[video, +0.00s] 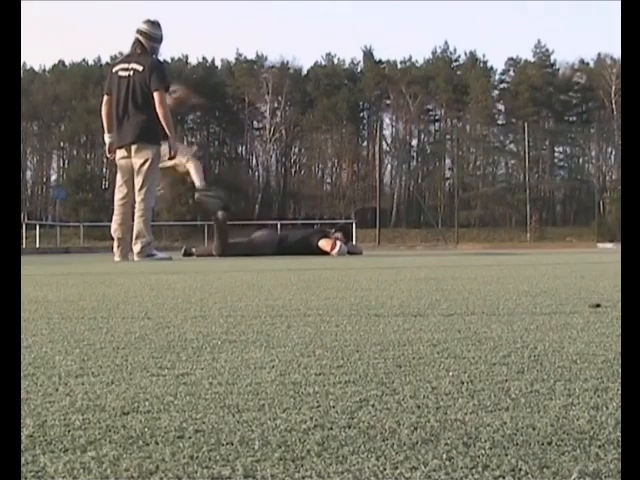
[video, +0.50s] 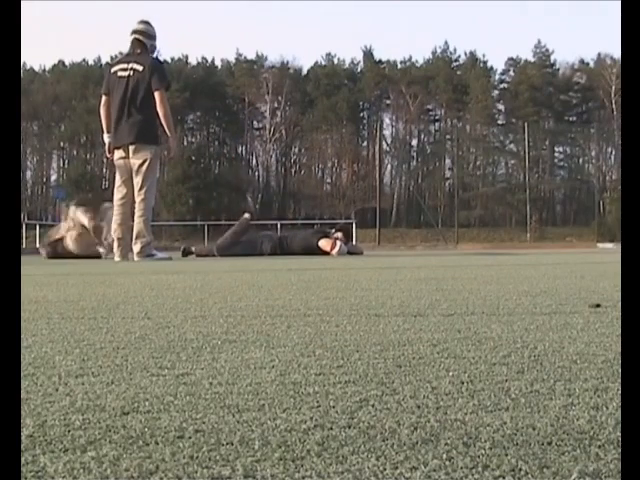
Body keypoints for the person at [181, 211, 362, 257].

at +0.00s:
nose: (338, 244)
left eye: (340, 242)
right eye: (340, 241)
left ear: (335, 234)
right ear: (335, 237)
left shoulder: (320, 235)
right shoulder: (320, 237)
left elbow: (348, 248)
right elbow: (330, 248)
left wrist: (344, 246)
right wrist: (339, 248)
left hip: (270, 237)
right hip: (271, 243)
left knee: (226, 248)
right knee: (223, 250)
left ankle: (193, 252)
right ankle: (221, 216)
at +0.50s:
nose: (338, 243)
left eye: (340, 241)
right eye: (339, 241)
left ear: (338, 238)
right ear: (335, 237)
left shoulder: (326, 239)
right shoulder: (321, 237)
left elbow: (354, 249)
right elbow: (329, 248)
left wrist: (344, 246)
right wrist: (337, 247)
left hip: (272, 245)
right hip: (270, 243)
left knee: (228, 251)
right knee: (220, 248)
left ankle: (193, 251)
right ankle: (245, 218)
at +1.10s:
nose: (339, 240)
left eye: (342, 239)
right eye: (340, 238)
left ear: (339, 239)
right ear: (335, 235)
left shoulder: (328, 241)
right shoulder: (321, 236)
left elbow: (358, 250)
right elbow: (334, 249)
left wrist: (344, 245)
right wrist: (352, 248)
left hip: (271, 241)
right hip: (267, 242)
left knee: (231, 245)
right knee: (220, 250)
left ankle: (195, 243)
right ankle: (239, 223)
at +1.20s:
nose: (341, 240)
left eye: (344, 239)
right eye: (342, 237)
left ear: (341, 239)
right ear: (336, 234)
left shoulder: (326, 239)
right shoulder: (320, 239)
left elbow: (353, 249)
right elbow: (339, 252)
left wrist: (347, 245)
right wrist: (355, 250)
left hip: (271, 241)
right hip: (267, 243)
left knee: (232, 244)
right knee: (221, 249)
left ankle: (197, 240)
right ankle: (236, 219)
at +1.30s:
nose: (342, 242)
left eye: (345, 241)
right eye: (342, 238)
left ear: (345, 241)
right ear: (337, 233)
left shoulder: (329, 242)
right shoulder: (313, 234)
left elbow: (359, 251)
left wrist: (344, 249)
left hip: (271, 247)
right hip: (266, 242)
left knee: (231, 245)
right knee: (221, 250)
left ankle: (199, 239)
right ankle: (236, 218)